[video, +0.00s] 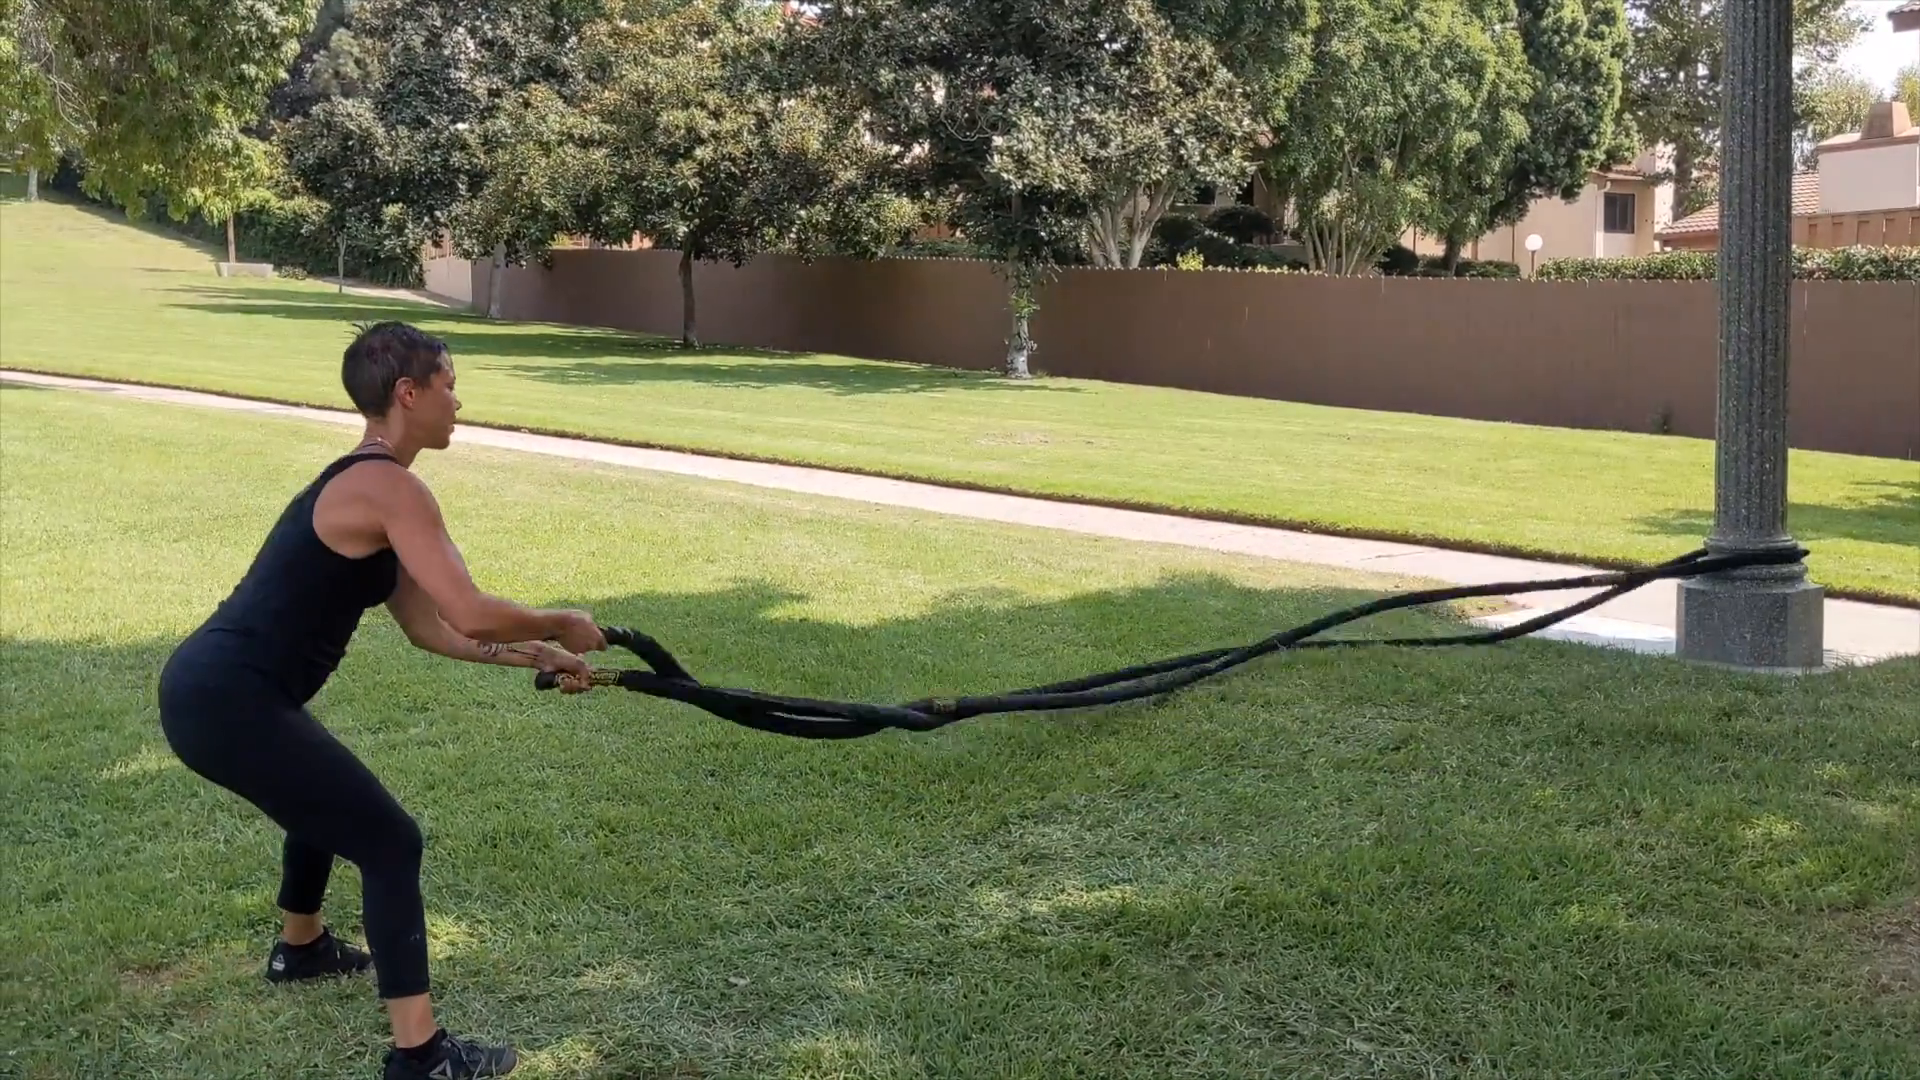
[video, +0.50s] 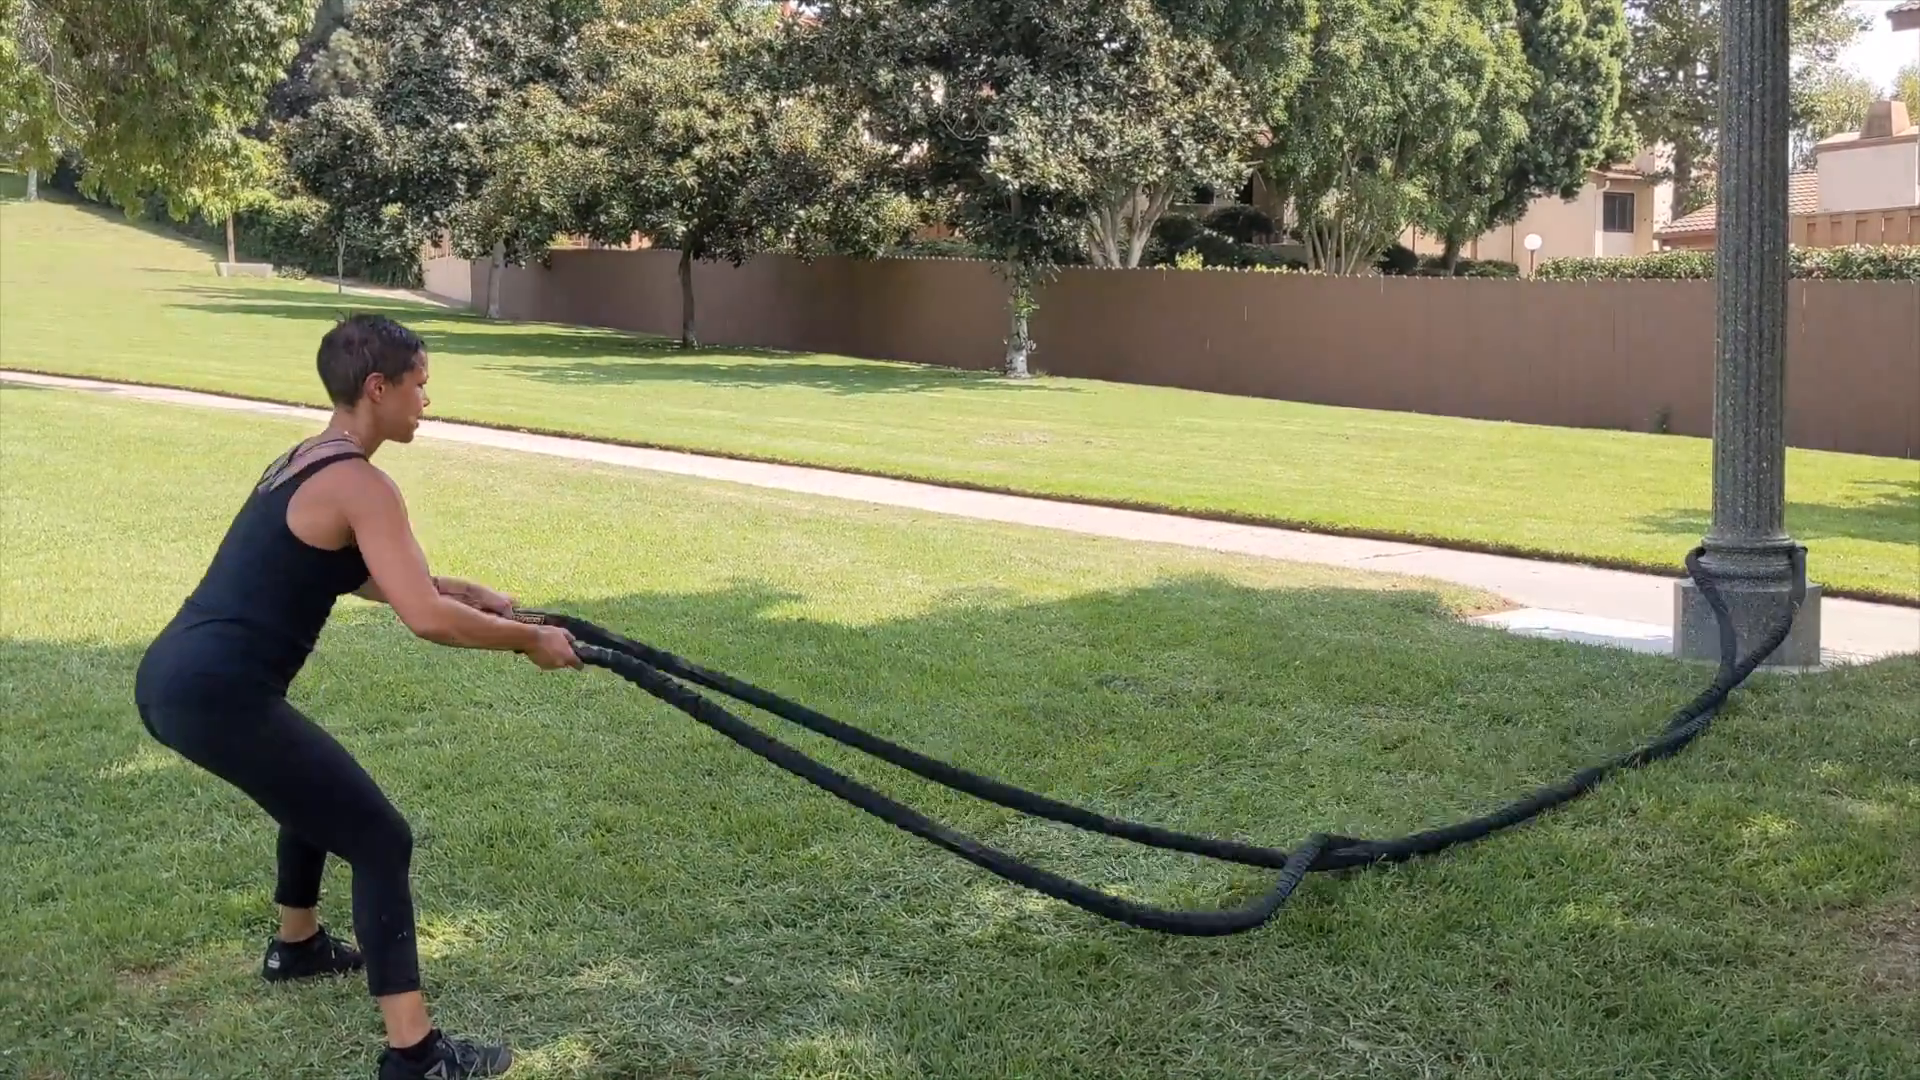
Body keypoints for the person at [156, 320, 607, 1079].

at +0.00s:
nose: (457, 399)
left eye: (454, 383)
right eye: (448, 384)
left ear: (394, 397)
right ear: (405, 394)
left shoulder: (358, 481)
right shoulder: (393, 487)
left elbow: (428, 629)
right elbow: (472, 615)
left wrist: (529, 653)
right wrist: (559, 622)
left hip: (211, 686)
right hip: (228, 703)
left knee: (327, 797)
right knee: (392, 840)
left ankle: (301, 949)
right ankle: (418, 1047)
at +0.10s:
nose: (472, 404)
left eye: (470, 388)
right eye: (464, 388)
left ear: (411, 396)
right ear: (421, 394)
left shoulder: (367, 480)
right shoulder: (392, 493)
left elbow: (436, 631)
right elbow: (448, 623)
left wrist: (541, 650)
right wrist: (563, 641)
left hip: (218, 678)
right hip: (233, 697)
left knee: (329, 800)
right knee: (388, 841)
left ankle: (300, 947)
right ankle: (417, 1047)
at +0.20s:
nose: (477, 404)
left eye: (476, 388)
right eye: (470, 388)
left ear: (415, 394)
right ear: (426, 393)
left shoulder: (371, 476)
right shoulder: (389, 490)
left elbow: (428, 625)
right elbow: (436, 616)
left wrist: (512, 641)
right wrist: (570, 630)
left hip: (224, 673)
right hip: (234, 695)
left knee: (332, 796)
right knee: (389, 839)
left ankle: (298, 946)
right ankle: (415, 1047)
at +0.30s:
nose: (470, 404)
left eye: (470, 388)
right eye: (463, 388)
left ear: (406, 394)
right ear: (418, 392)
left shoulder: (355, 472)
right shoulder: (386, 492)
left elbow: (417, 612)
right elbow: (432, 613)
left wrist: (499, 638)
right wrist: (570, 625)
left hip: (207, 673)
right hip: (233, 695)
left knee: (326, 793)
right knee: (391, 839)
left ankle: (297, 944)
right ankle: (415, 1047)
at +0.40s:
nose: (451, 402)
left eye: (450, 386)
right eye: (444, 386)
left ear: (384, 392)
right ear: (399, 390)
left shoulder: (329, 464)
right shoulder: (374, 489)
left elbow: (386, 599)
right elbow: (423, 613)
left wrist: (485, 632)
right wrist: (557, 631)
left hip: (189, 674)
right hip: (224, 693)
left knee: (322, 791)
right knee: (384, 838)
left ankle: (295, 946)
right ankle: (413, 1046)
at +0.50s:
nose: (426, 404)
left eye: (426, 387)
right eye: (419, 387)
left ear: (359, 389)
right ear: (376, 387)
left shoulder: (303, 461)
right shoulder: (363, 487)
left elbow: (357, 576)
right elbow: (431, 619)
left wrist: (471, 594)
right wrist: (527, 638)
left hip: (173, 677)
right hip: (217, 696)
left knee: (318, 790)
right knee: (381, 838)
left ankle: (296, 945)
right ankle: (412, 1047)